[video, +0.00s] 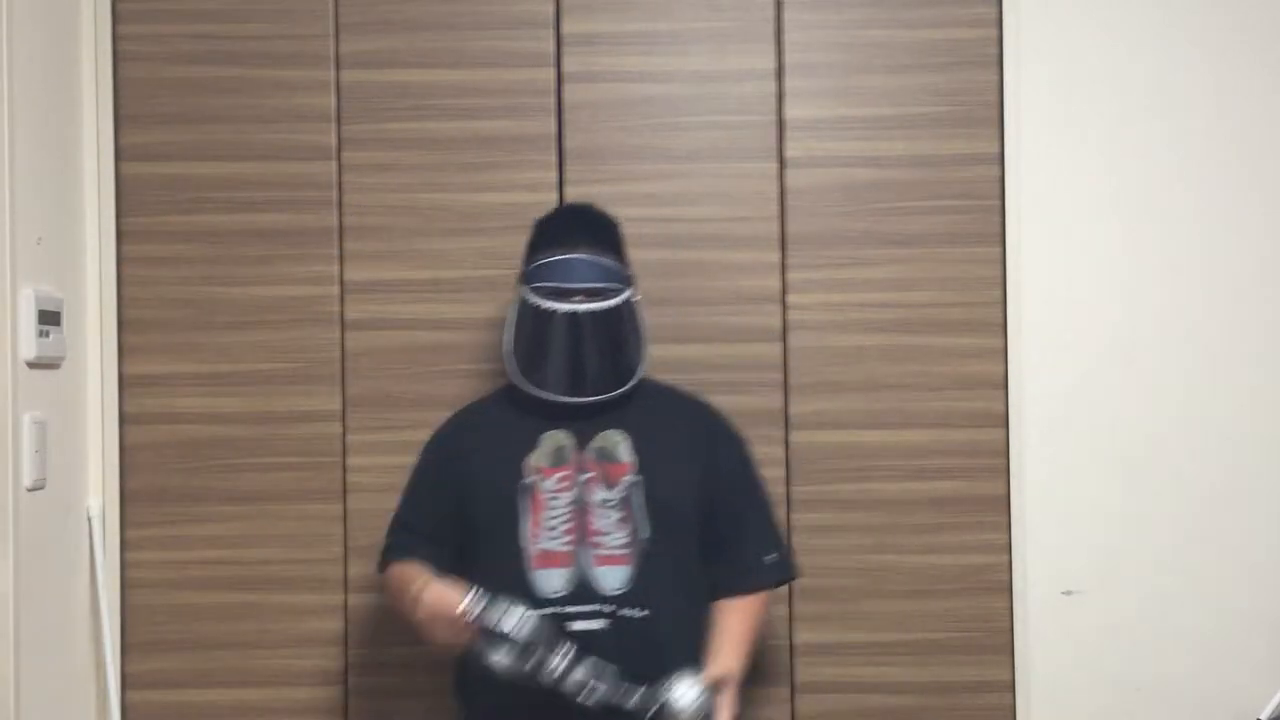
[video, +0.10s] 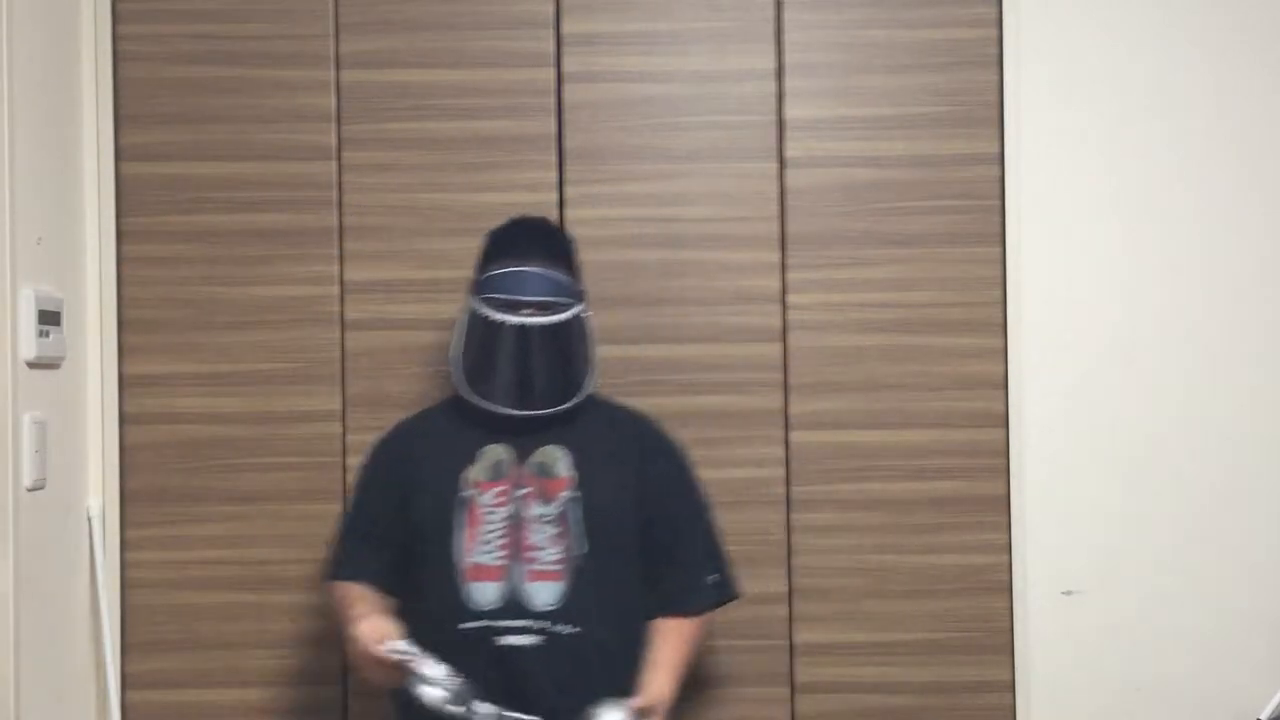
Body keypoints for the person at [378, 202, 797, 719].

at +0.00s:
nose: (577, 335)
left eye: (596, 314)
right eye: (558, 316)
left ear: (628, 312)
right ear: (526, 314)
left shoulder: (696, 436)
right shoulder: (470, 440)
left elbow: (747, 573)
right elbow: (403, 560)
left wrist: (719, 684)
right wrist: (431, 598)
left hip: (661, 701)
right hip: (514, 701)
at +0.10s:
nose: (526, 349)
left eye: (547, 330)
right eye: (507, 329)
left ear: (579, 327)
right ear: (474, 325)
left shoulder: (638, 451)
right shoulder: (414, 450)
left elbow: (684, 594)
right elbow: (358, 568)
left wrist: (651, 700)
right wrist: (371, 621)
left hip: (594, 705)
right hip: (452, 705)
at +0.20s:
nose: (475, 344)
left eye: (494, 326)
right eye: (455, 324)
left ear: (525, 326)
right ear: (424, 320)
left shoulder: (581, 450)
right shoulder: (359, 445)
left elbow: (629, 590)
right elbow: (281, 555)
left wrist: (582, 683)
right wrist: (287, 592)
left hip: (524, 702)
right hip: (387, 699)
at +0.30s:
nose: (433, 331)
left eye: (454, 312)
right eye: (414, 310)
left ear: (486, 312)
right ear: (382, 306)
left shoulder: (543, 436)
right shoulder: (320, 426)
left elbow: (598, 564)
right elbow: (253, 537)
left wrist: (522, 617)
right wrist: (220, 519)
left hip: (494, 704)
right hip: (345, 702)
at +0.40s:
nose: (403, 322)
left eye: (424, 303)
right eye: (384, 301)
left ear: (459, 304)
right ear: (354, 298)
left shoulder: (513, 420)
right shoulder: (289, 413)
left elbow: (585, 551)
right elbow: (168, 492)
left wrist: (480, 540)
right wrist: (172, 401)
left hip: (469, 702)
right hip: (314, 701)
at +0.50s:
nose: (387, 317)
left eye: (410, 297)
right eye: (367, 296)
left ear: (441, 299)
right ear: (337, 292)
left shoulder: (497, 413)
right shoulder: (268, 406)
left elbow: (564, 536)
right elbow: (134, 434)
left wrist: (452, 472)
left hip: (451, 701)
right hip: (293, 701)